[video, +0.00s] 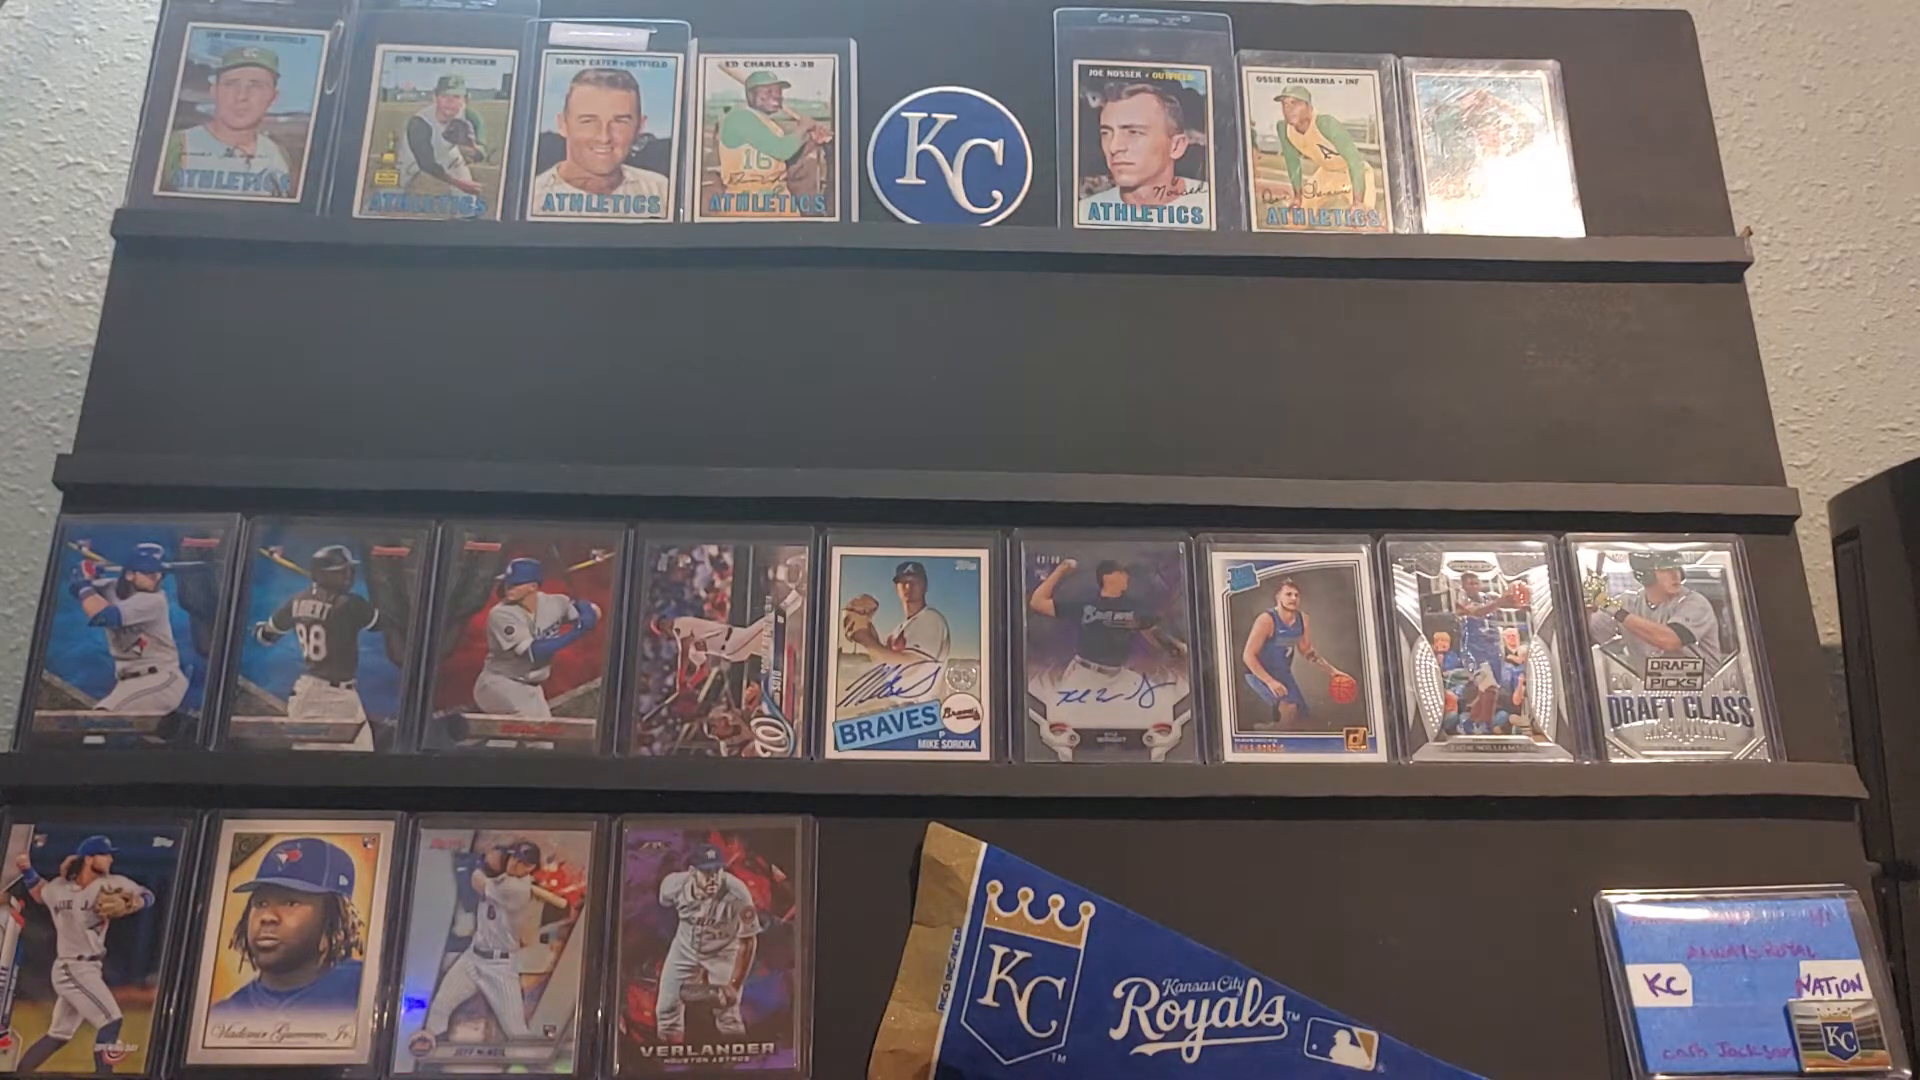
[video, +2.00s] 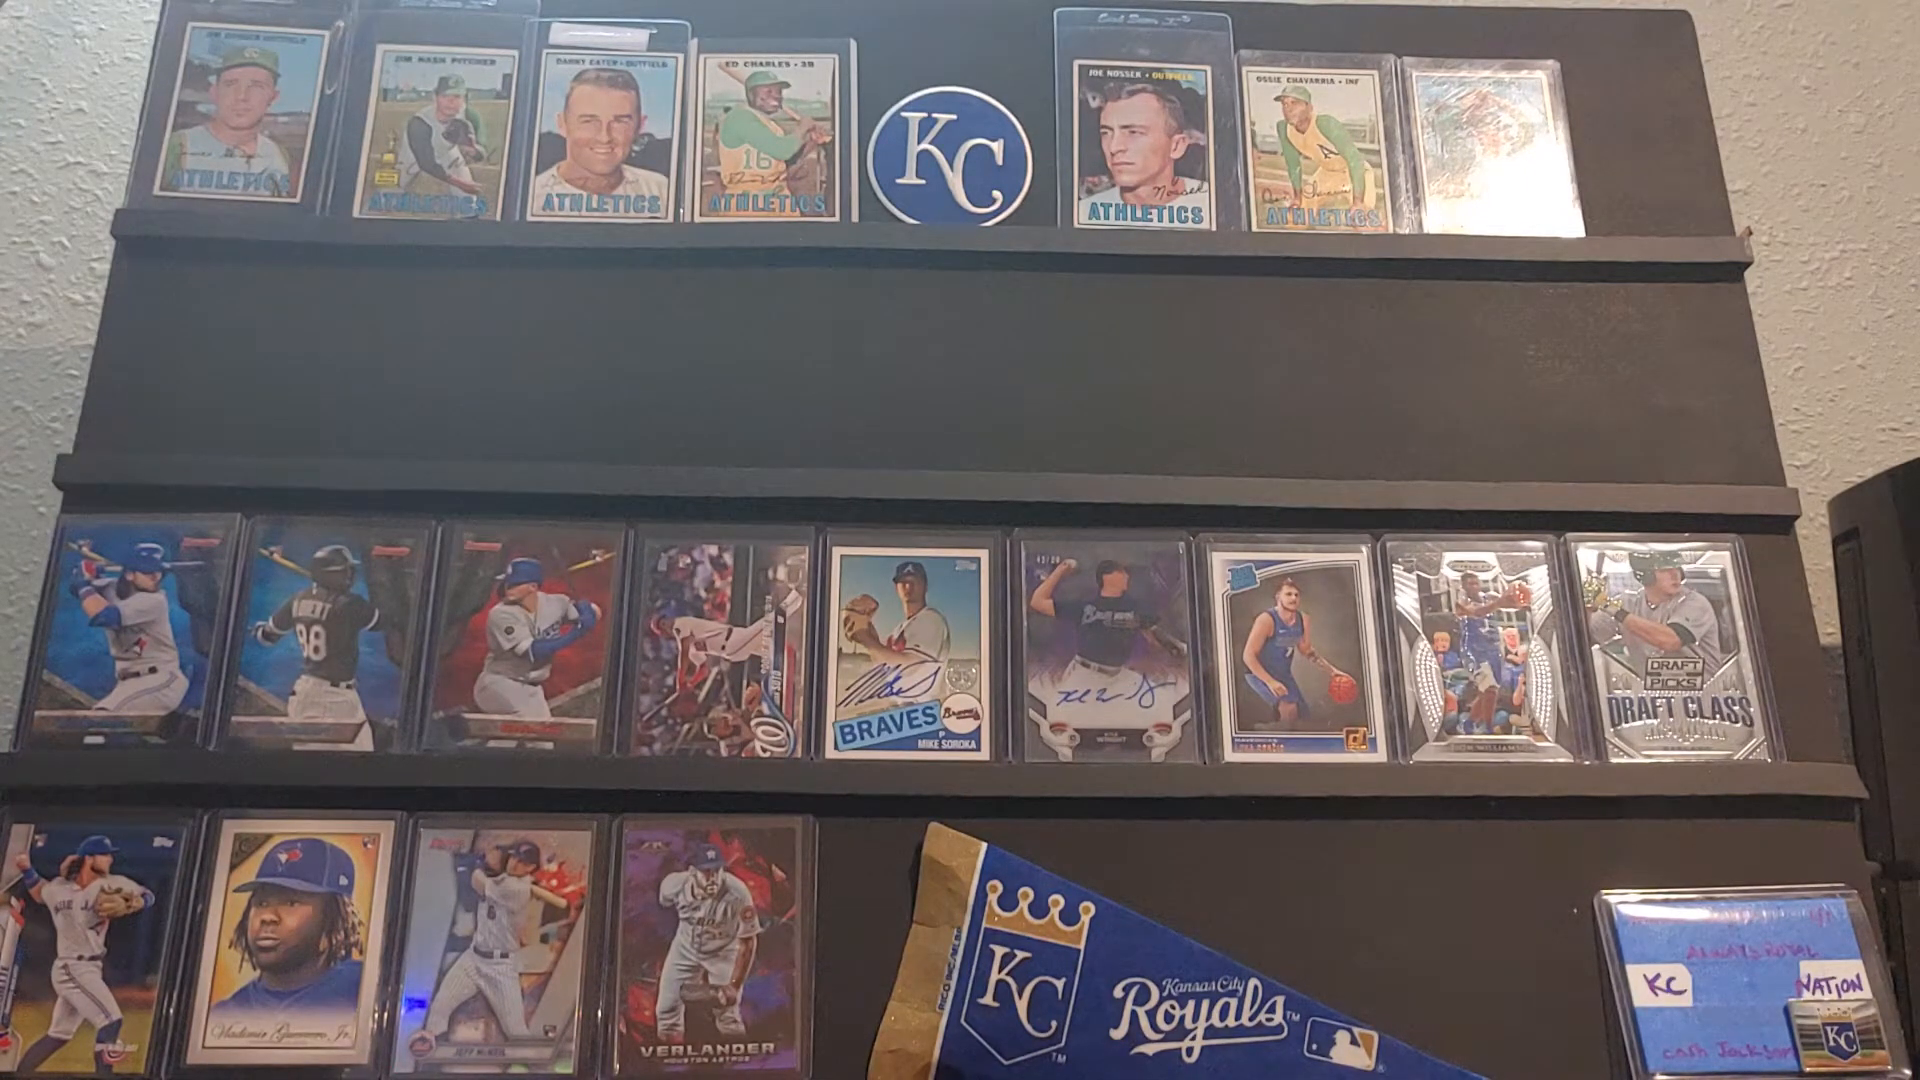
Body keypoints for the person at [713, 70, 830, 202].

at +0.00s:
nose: (776, 96)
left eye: (778, 91)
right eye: (768, 92)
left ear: (782, 94)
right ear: (752, 96)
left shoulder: (774, 127)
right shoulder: (739, 118)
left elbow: (786, 162)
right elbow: (783, 151)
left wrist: (811, 142)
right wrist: (803, 128)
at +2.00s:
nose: (776, 97)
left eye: (779, 92)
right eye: (768, 92)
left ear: (782, 94)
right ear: (751, 95)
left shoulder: (775, 128)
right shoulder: (738, 118)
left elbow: (784, 169)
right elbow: (782, 151)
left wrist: (811, 143)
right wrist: (802, 129)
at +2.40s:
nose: (776, 97)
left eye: (779, 92)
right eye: (769, 91)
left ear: (782, 94)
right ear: (751, 95)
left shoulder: (775, 128)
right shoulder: (738, 118)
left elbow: (783, 169)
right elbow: (783, 151)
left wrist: (810, 144)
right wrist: (802, 129)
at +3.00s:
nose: (776, 97)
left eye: (779, 92)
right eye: (769, 92)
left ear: (782, 93)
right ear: (751, 96)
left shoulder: (775, 126)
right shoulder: (738, 118)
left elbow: (785, 168)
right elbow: (782, 151)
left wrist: (811, 143)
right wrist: (802, 128)